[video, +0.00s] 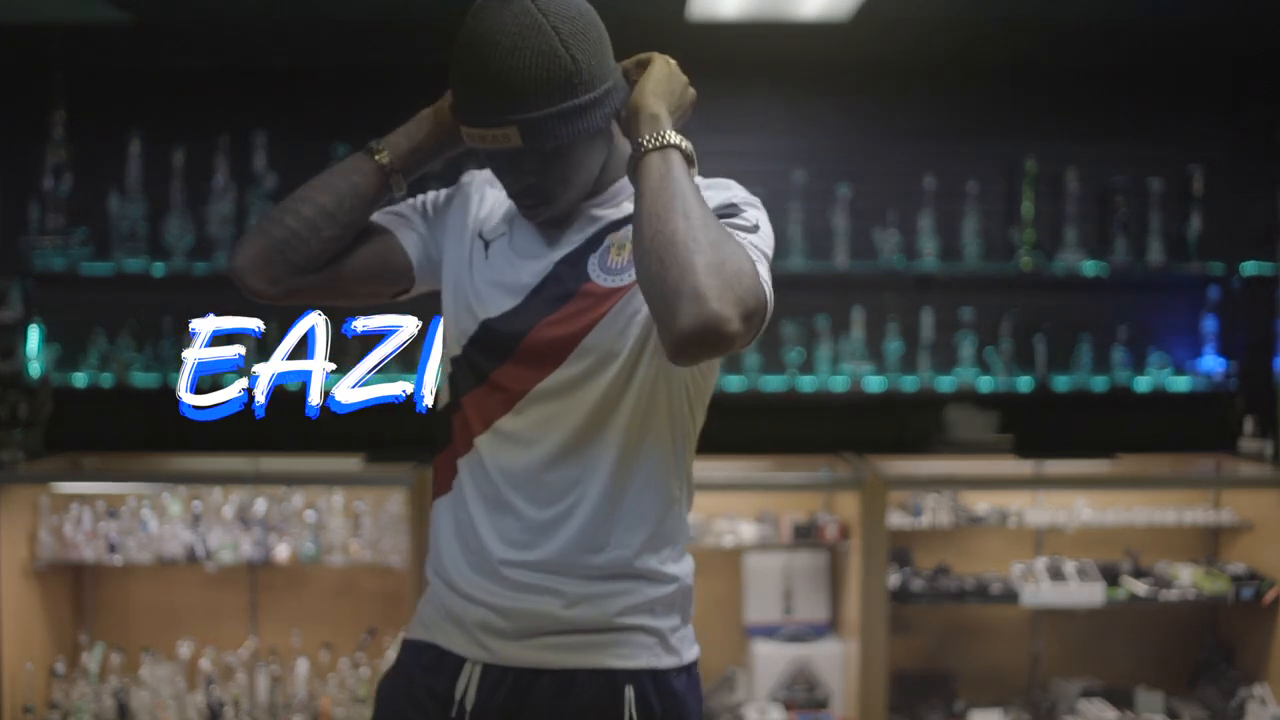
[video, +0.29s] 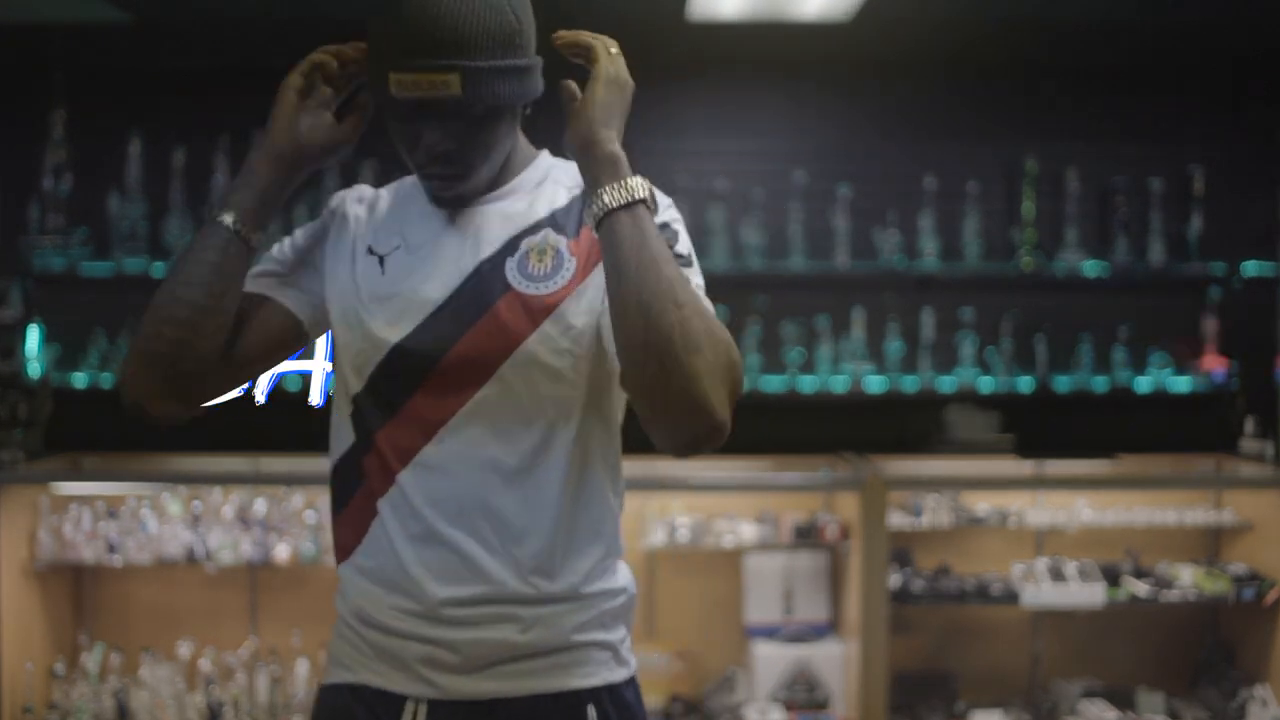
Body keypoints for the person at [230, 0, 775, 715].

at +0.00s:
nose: (520, 180)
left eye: (546, 149)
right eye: (500, 155)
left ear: (610, 117)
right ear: (477, 139)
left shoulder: (712, 213)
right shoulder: (465, 214)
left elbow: (699, 323)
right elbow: (263, 269)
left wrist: (655, 126)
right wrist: (431, 131)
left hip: (617, 670)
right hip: (444, 657)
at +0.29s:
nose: (434, 143)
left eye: (465, 110)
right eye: (411, 111)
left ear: (523, 91)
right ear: (380, 101)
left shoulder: (616, 212)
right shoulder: (349, 224)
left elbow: (696, 422)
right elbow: (161, 385)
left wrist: (603, 158)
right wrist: (276, 161)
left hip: (560, 677)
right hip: (375, 676)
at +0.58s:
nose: (307, 84)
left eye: (339, 55)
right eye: (278, 58)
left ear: (393, 61)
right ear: (248, 73)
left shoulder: (507, 198)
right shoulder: (198, 256)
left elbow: (593, 431)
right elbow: (188, 514)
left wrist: (635, 589)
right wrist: (50, 638)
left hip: (502, 671)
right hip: (306, 679)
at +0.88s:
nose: (286, 103)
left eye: (315, 67)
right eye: (250, 72)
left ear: (357, 59)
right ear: (205, 71)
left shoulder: (478, 197)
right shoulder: (144, 265)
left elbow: (570, 451)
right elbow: (146, 552)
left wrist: (671, 676)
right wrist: (128, 718)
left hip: (498, 677)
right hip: (288, 690)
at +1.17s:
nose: (365, 113)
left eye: (395, 74)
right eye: (329, 80)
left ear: (433, 59)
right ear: (273, 65)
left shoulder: (541, 201)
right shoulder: (198, 253)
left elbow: (616, 468)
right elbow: (175, 545)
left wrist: (693, 697)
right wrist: (150, 715)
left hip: (548, 685)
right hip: (328, 691)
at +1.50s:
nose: (586, 127)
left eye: (617, 94)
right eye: (550, 93)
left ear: (651, 79)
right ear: (489, 71)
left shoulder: (731, 224)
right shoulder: (389, 237)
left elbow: (788, 506)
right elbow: (337, 522)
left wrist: (848, 706)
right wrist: (283, 713)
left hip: (687, 688)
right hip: (467, 688)